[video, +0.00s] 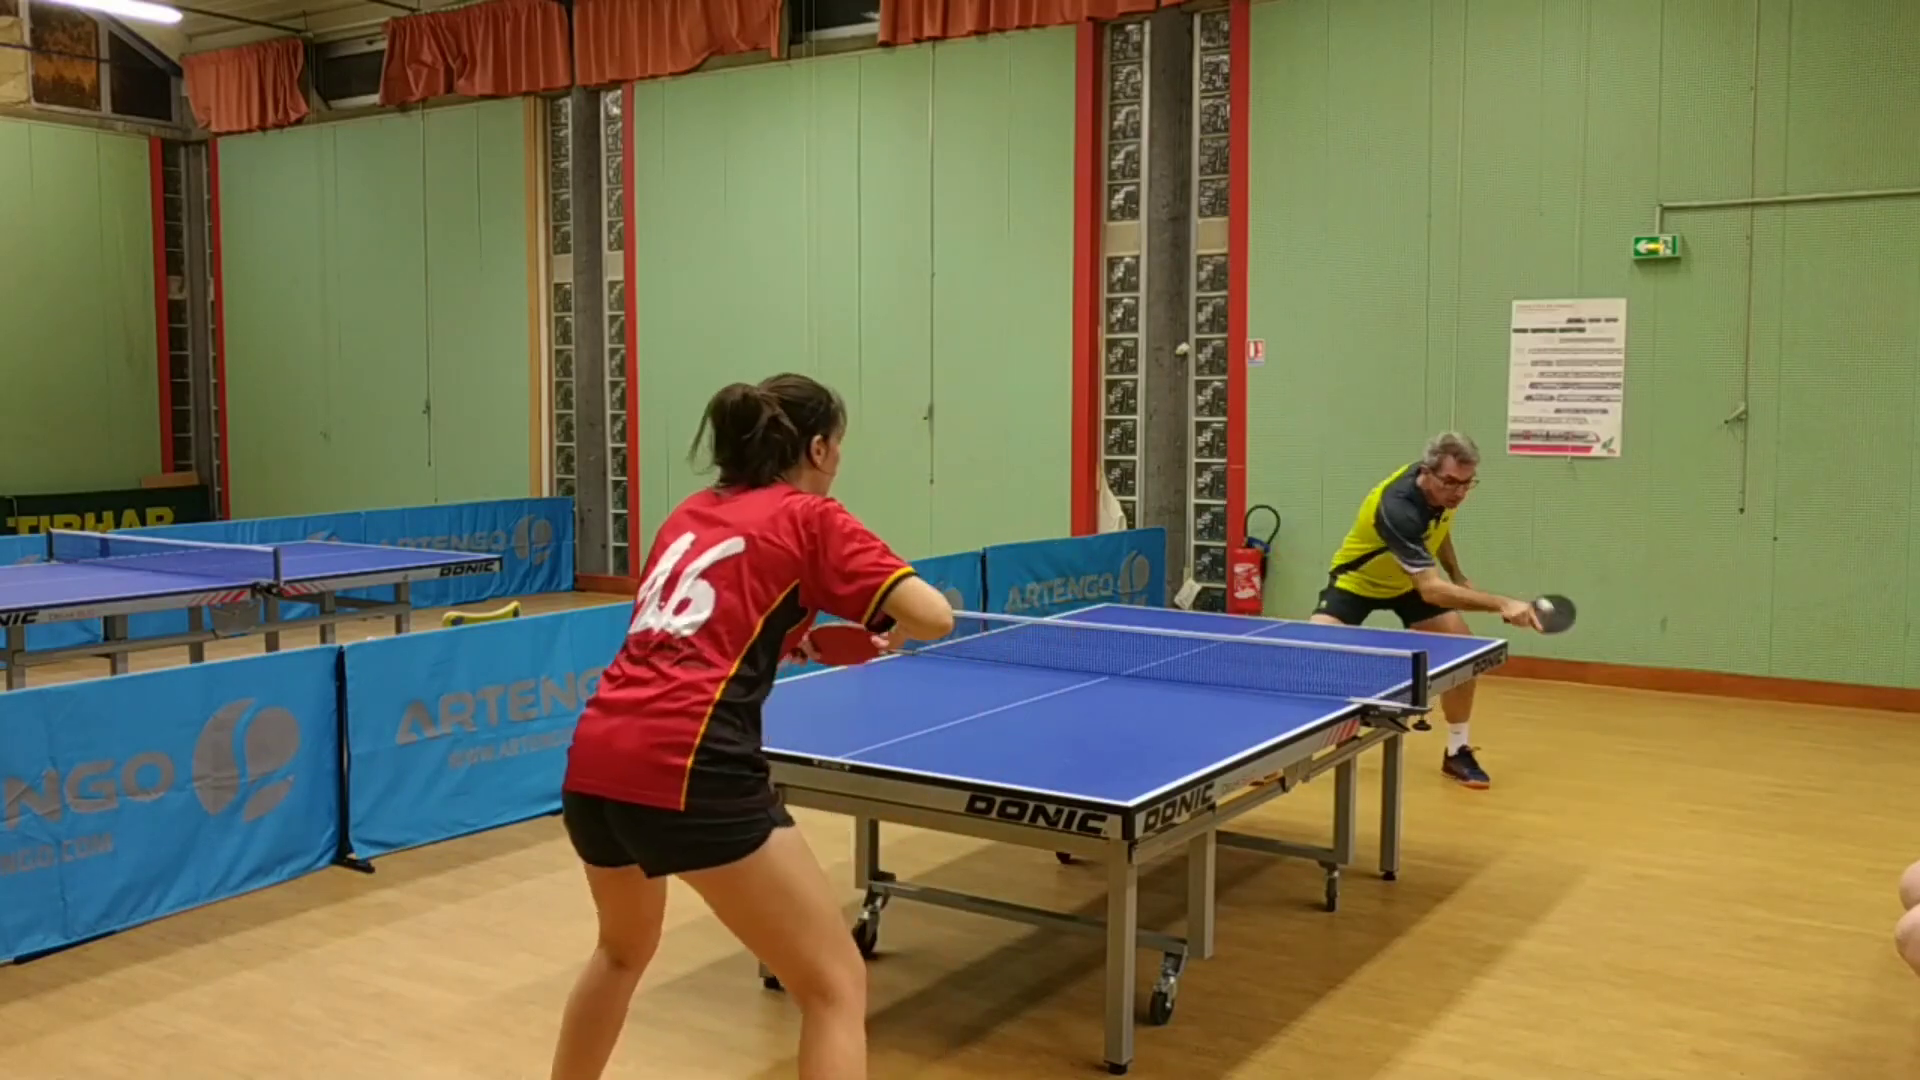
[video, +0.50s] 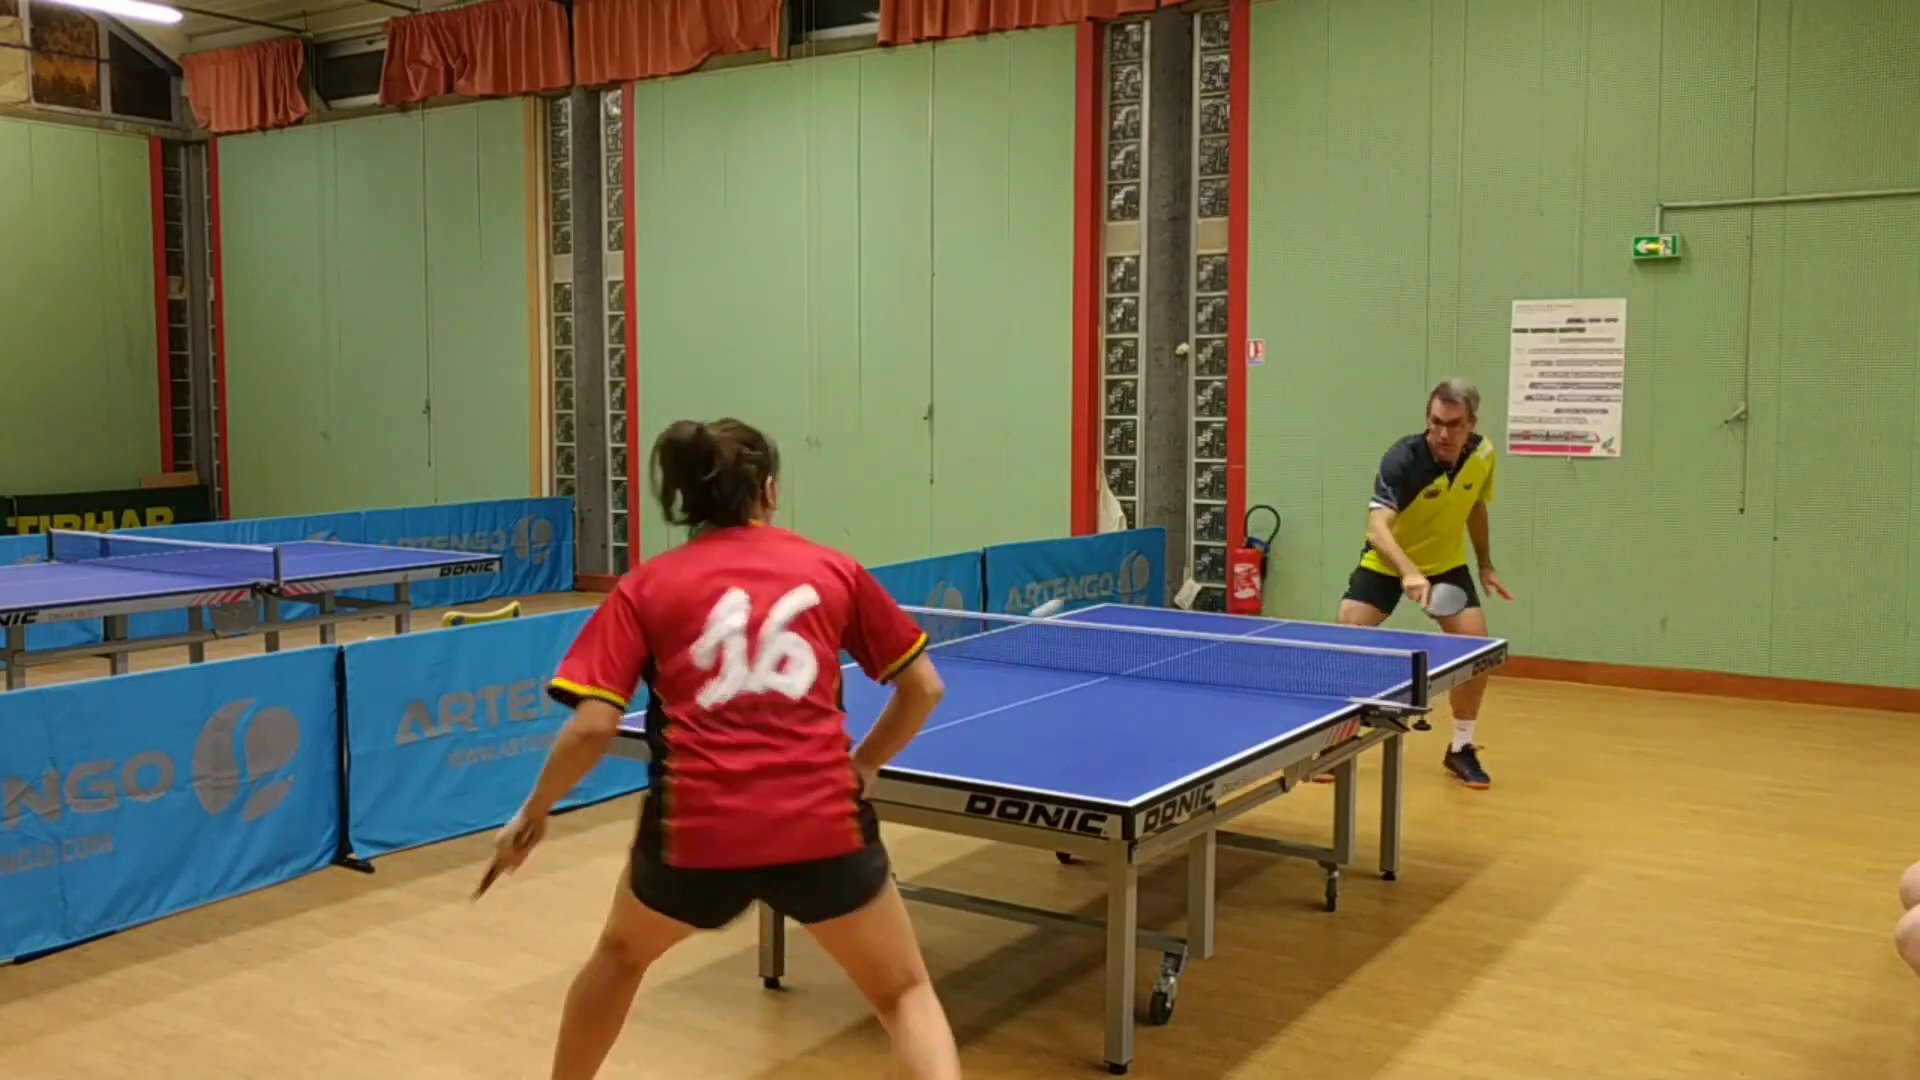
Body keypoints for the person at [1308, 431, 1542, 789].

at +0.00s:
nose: (1459, 492)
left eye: (1466, 484)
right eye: (1451, 483)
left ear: (1473, 479)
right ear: (1426, 473)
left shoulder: (1445, 494)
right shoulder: (1398, 508)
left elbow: (1439, 533)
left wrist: (1457, 577)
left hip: (1410, 583)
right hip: (1356, 583)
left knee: (1460, 649)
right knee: (1314, 650)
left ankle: (1458, 751)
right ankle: (1276, 754)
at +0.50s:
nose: (1443, 434)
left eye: (1454, 426)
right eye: (1436, 423)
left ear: (1472, 424)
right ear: (1426, 419)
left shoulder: (1482, 455)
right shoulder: (1404, 456)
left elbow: (1477, 508)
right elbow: (1376, 524)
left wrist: (1486, 565)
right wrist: (1408, 571)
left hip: (1446, 563)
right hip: (1387, 560)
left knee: (1475, 646)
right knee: (1349, 633)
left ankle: (1462, 748)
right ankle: (1338, 741)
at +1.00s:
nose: (1439, 435)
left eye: (1448, 424)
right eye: (1432, 425)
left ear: (1471, 421)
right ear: (1427, 426)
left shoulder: (1514, 456)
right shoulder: (1428, 466)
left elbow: (1555, 510)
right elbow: (1413, 523)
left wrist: (1558, 574)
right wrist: (1397, 565)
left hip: (1522, 570)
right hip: (1459, 567)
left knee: (1560, 665)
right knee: (1412, 628)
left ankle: (1583, 747)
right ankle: (1381, 726)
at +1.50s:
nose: (1486, 399)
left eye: (1491, 388)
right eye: (1481, 390)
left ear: (1519, 377)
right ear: (1487, 387)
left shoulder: (1559, 419)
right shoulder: (1500, 413)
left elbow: (1603, 475)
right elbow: (1501, 453)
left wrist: (1585, 540)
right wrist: (1474, 476)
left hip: (1557, 548)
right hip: (1510, 540)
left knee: (1569, 639)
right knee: (1488, 614)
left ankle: (1594, 736)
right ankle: (1479, 706)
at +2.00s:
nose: (1500, 404)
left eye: (1509, 395)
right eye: (1494, 395)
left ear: (1530, 393)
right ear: (1489, 395)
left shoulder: (1559, 440)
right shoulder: (1489, 434)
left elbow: (1590, 498)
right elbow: (1492, 486)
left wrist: (1604, 560)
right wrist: (1481, 530)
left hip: (1559, 556)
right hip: (1513, 555)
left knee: (1569, 635)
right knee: (1513, 626)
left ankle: (1592, 735)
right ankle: (1535, 707)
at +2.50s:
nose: (1474, 422)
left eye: (1481, 413)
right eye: (1468, 414)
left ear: (1504, 410)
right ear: (1464, 415)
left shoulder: (1543, 450)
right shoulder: (1466, 450)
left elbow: (1569, 505)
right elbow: (1465, 503)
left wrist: (1570, 556)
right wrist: (1444, 550)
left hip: (1541, 558)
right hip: (1486, 553)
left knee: (1570, 641)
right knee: (1445, 617)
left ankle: (1605, 720)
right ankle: (1433, 706)